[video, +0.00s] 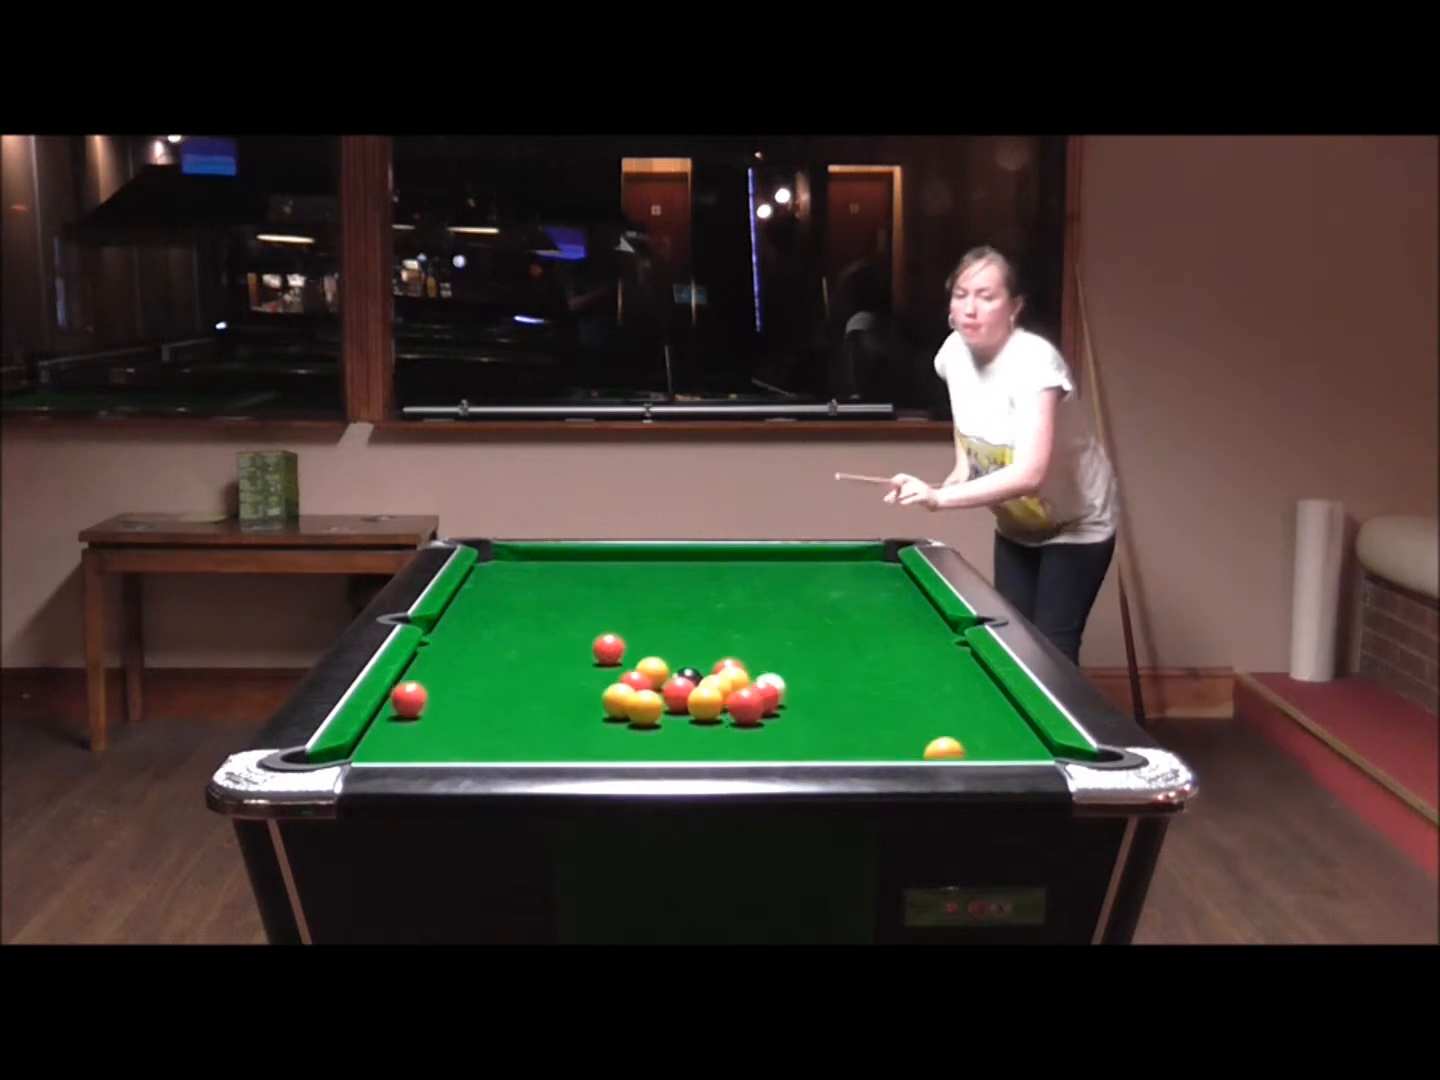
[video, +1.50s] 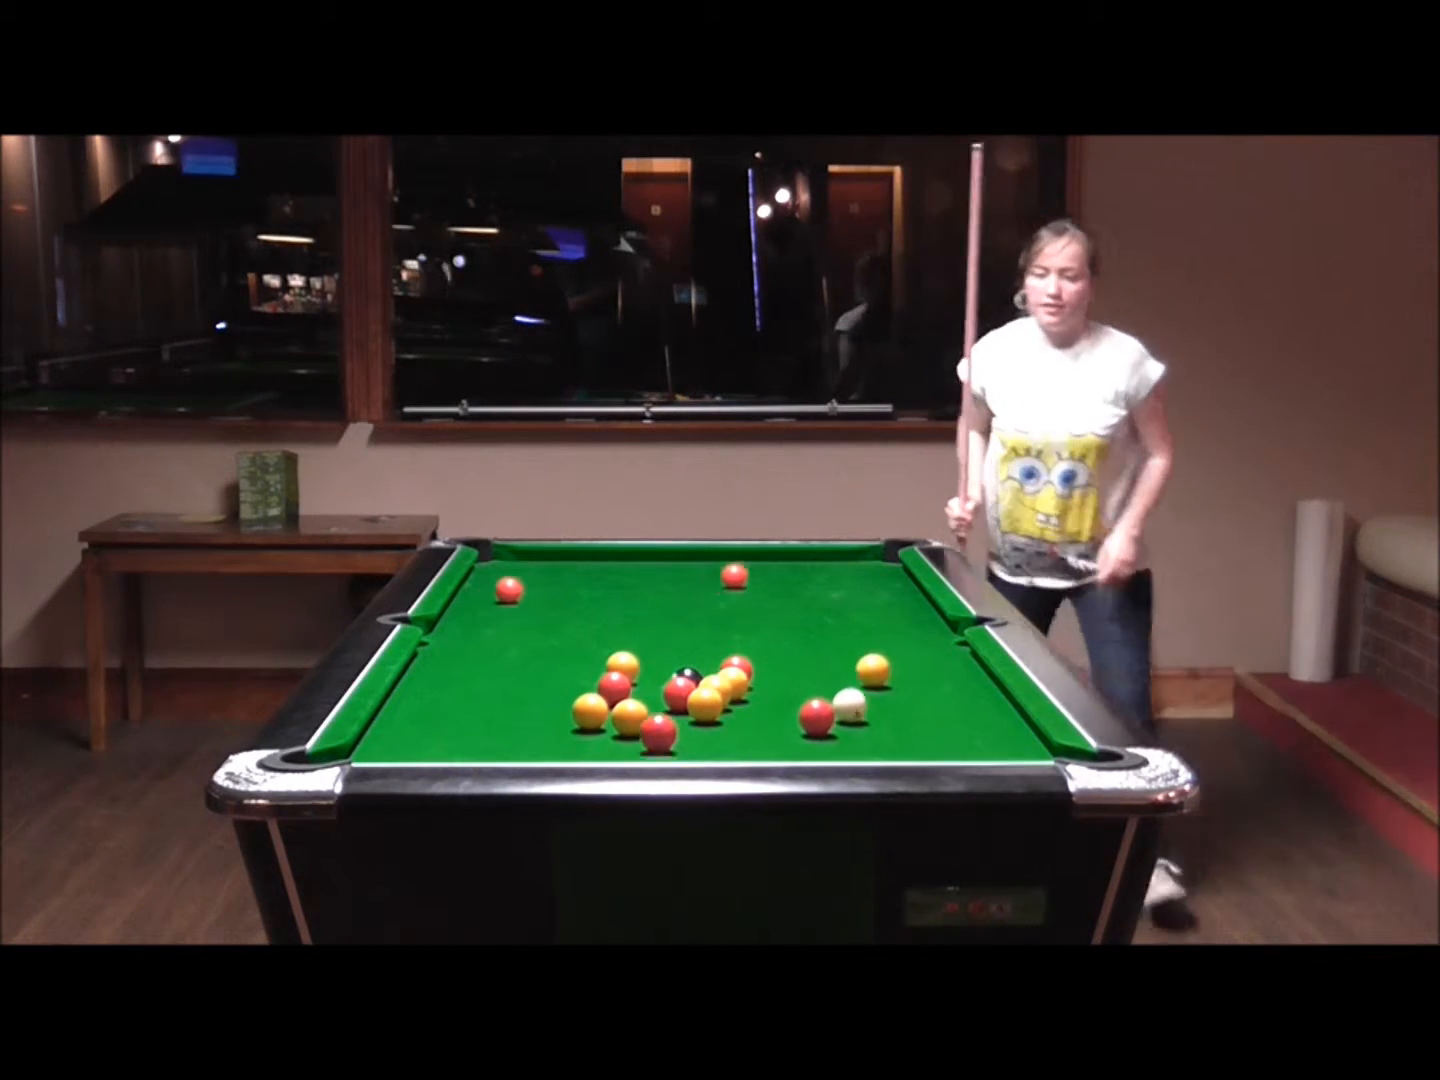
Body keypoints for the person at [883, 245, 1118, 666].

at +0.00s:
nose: (969, 309)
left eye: (986, 297)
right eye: (960, 296)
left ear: (1015, 307)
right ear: (950, 303)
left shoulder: (1037, 361)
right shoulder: (953, 355)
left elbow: (1030, 473)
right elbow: (969, 431)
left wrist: (939, 497)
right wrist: (959, 475)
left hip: (1076, 528)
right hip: (1016, 524)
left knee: (1051, 653)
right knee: (1007, 648)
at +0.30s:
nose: (993, 279)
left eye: (1009, 268)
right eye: (984, 266)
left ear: (1035, 282)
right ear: (971, 277)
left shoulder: (1057, 342)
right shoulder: (968, 333)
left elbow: (1082, 446)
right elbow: (975, 415)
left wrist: (999, 502)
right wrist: (965, 463)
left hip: (1067, 531)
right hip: (1004, 528)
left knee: (1052, 658)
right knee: (1001, 650)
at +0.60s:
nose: (1015, 268)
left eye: (1030, 256)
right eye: (1005, 254)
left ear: (1055, 270)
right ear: (992, 265)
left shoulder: (1078, 335)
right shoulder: (982, 325)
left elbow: (1128, 429)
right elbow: (978, 402)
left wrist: (1067, 502)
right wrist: (952, 455)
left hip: (1066, 535)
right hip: (998, 527)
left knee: (1053, 667)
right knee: (980, 652)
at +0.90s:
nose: (1017, 266)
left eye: (1033, 254)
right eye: (1007, 252)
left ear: (1060, 267)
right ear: (994, 261)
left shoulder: (1082, 337)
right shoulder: (979, 325)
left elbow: (1123, 433)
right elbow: (972, 399)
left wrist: (1065, 501)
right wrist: (946, 453)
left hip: (1062, 536)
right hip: (987, 528)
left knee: (1047, 671)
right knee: (973, 657)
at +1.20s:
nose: (1003, 276)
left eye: (1019, 263)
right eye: (992, 262)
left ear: (1045, 274)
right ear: (977, 272)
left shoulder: (1078, 343)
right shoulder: (957, 338)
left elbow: (1113, 435)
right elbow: (944, 412)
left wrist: (1065, 508)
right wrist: (936, 472)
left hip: (1060, 545)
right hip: (981, 542)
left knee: (1041, 675)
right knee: (980, 670)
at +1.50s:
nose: (1053, 288)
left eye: (1069, 276)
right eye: (1041, 274)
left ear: (1092, 286)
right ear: (1023, 282)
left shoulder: (1126, 361)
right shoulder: (992, 354)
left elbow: (1160, 453)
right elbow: (972, 428)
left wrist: (1129, 532)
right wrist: (970, 491)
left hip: (1102, 560)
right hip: (1016, 555)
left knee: (1128, 706)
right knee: (992, 694)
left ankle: (1153, 856)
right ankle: (982, 850)